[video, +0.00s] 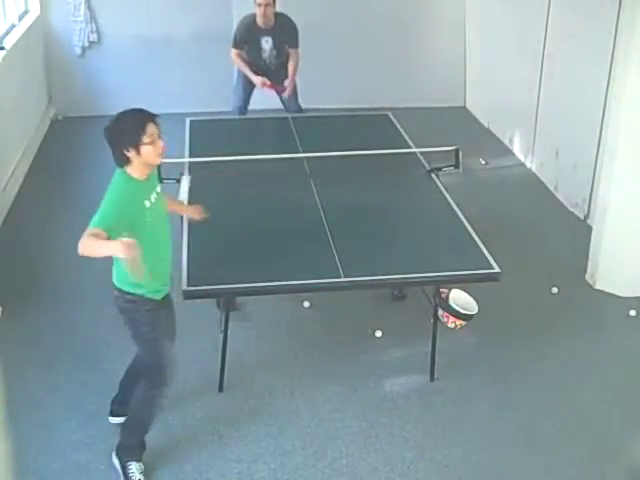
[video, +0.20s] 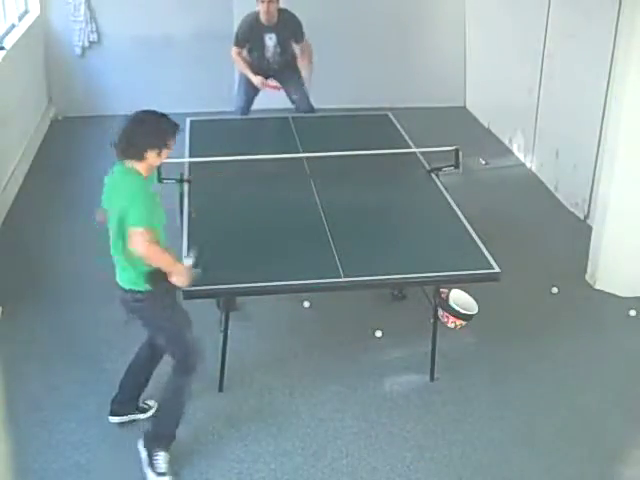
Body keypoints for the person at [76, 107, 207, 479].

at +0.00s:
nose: (162, 144)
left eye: (159, 137)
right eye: (153, 139)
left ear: (146, 146)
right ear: (131, 150)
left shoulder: (152, 173)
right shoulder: (121, 191)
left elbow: (153, 201)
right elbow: (86, 244)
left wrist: (185, 209)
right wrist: (117, 246)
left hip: (159, 288)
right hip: (135, 297)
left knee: (155, 351)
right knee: (158, 370)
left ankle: (121, 406)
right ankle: (129, 454)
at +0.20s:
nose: (167, 156)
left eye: (167, 149)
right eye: (164, 150)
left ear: (133, 146)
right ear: (150, 151)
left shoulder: (118, 173)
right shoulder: (138, 191)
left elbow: (103, 215)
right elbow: (139, 244)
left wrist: (141, 226)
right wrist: (174, 267)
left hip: (133, 284)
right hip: (147, 293)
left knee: (161, 337)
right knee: (187, 358)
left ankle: (124, 405)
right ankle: (157, 442)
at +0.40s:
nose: (180, 146)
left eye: (176, 140)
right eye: (180, 141)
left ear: (141, 142)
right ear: (175, 147)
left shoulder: (121, 180)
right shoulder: (175, 187)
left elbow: (86, 216)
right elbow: (196, 235)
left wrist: (53, 236)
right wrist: (217, 265)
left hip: (134, 287)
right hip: (165, 295)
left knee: (152, 335)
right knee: (207, 356)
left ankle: (124, 409)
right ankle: (195, 445)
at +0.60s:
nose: (206, 150)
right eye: (207, 146)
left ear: (171, 148)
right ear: (204, 152)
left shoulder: (149, 190)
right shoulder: (214, 196)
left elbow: (115, 245)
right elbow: (248, 242)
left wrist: (78, 286)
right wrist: (257, 283)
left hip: (155, 299)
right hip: (193, 306)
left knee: (154, 347)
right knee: (239, 366)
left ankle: (125, 410)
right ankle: (252, 449)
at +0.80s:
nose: (257, 161)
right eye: (257, 156)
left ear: (219, 159)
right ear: (255, 161)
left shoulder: (198, 202)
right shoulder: (270, 206)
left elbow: (174, 258)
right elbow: (306, 255)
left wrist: (144, 303)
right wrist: (314, 299)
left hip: (201, 315)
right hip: (245, 319)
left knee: (178, 368)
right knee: (263, 380)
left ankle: (148, 419)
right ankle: (265, 457)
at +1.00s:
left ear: (243, 142)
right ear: (279, 145)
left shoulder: (216, 185)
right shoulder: (294, 192)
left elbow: (189, 240)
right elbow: (322, 252)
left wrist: (168, 284)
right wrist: (329, 284)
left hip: (222, 315)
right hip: (271, 319)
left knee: (208, 390)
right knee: (289, 388)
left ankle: (193, 471)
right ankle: (300, 465)